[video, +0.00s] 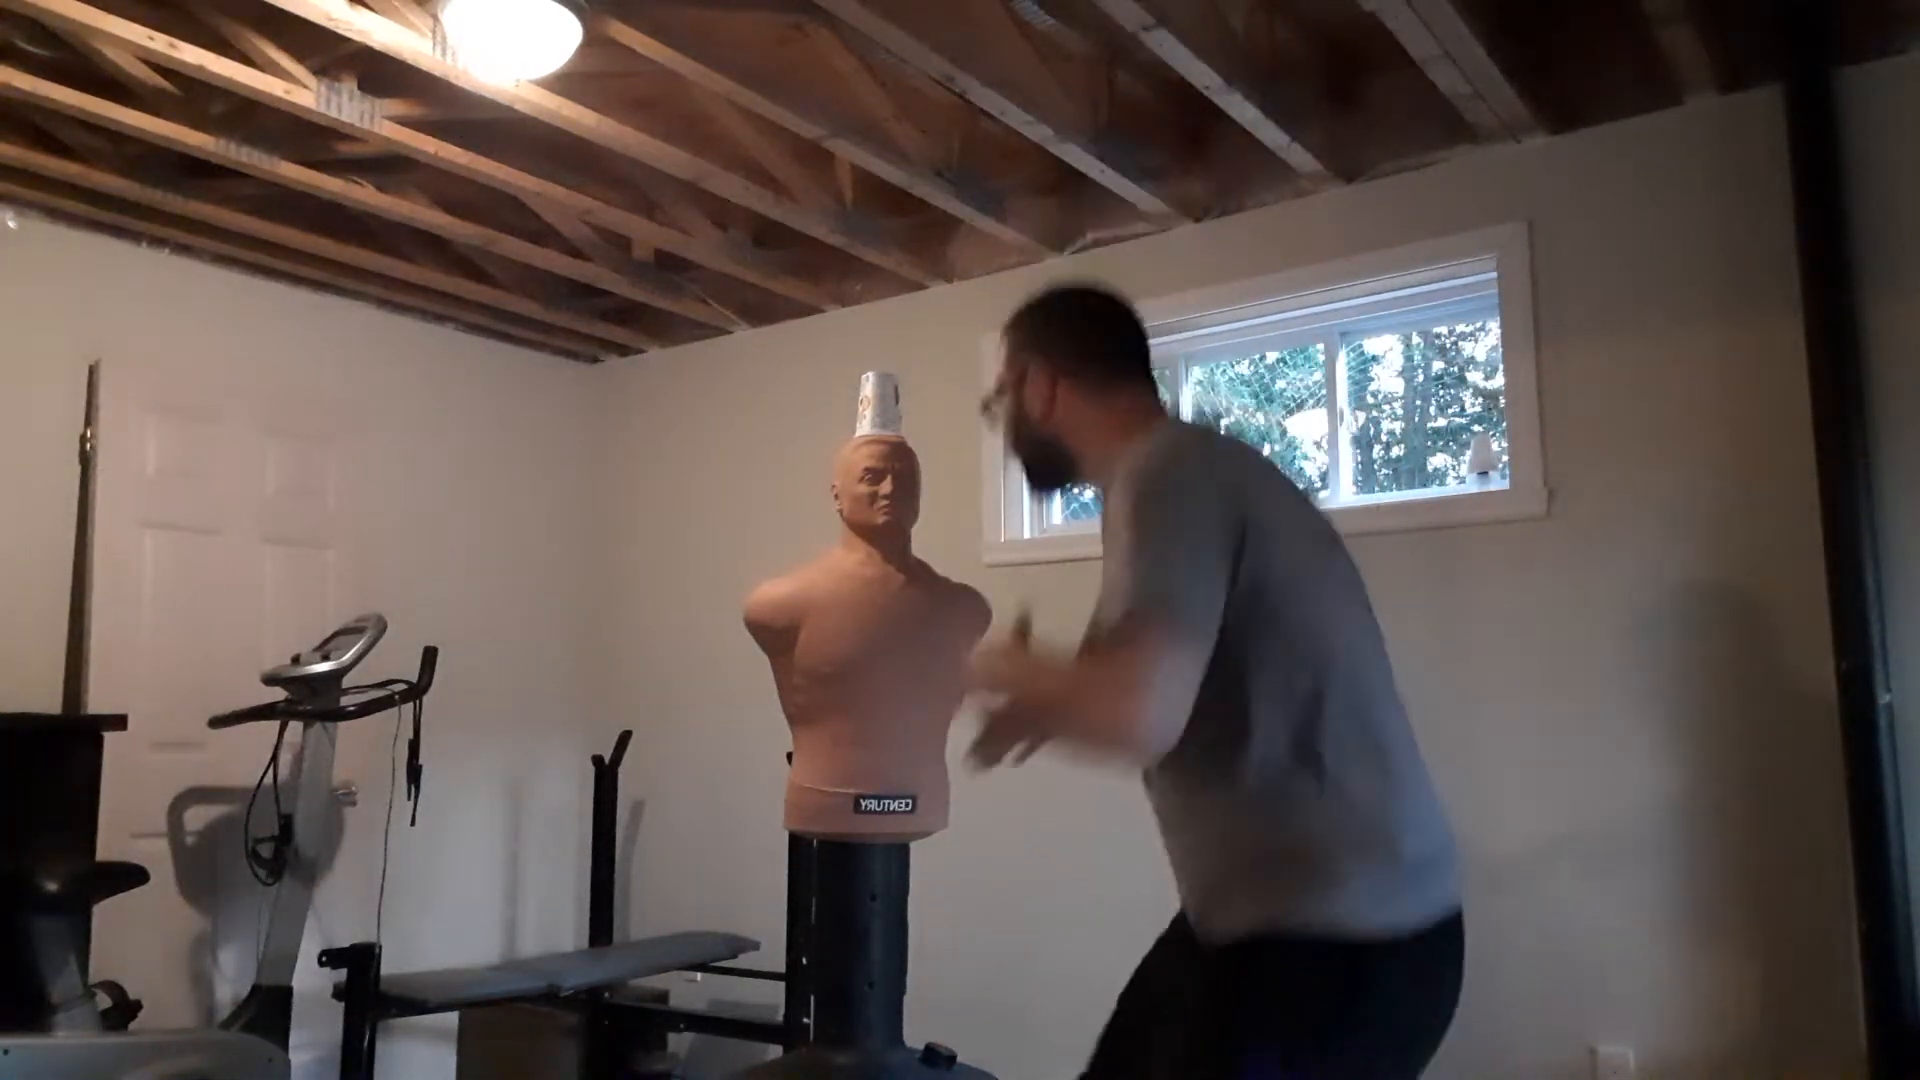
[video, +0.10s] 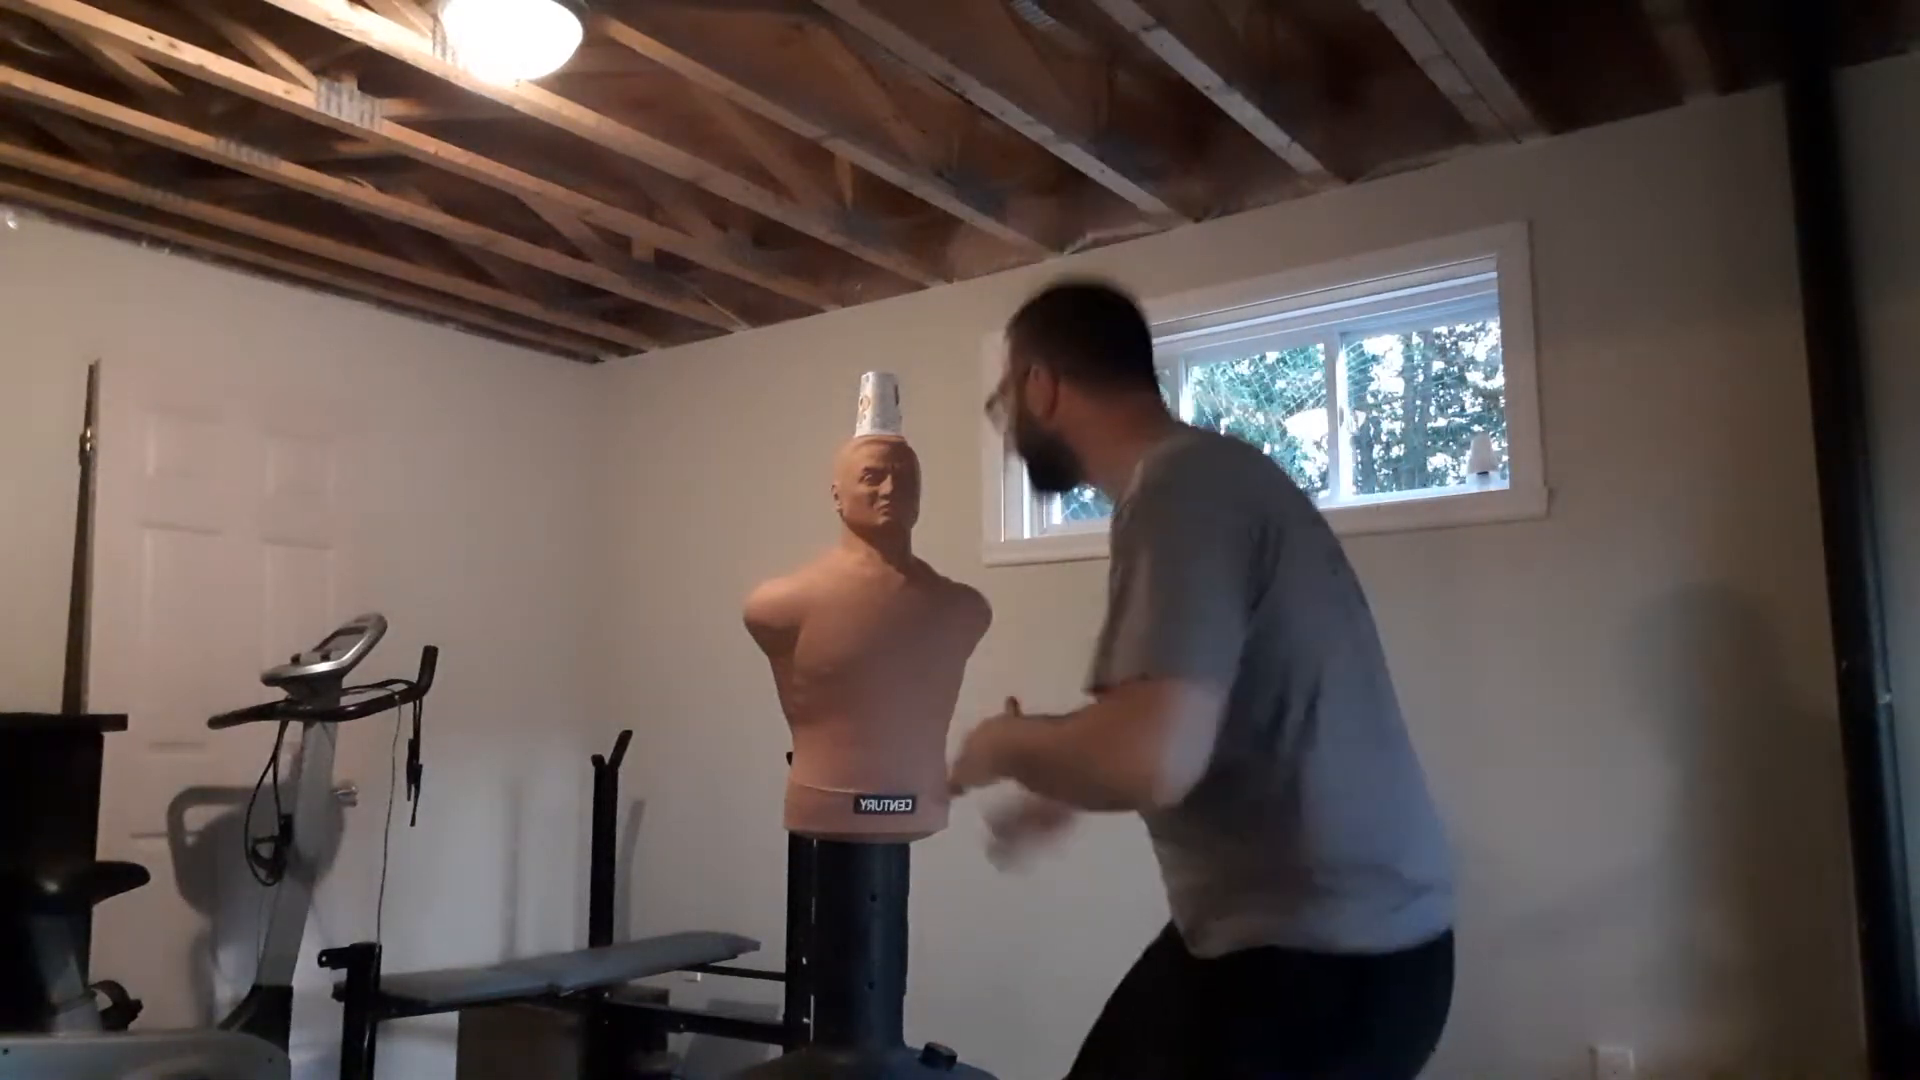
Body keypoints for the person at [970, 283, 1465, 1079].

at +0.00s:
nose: (1000, 421)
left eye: (1004, 393)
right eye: (997, 398)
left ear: (1047, 385)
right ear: (1128, 371)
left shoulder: (1176, 472)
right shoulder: (1187, 472)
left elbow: (1140, 706)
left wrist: (1027, 678)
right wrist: (1055, 704)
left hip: (1322, 942)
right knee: (1120, 1067)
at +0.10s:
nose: (1004, 424)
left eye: (1004, 399)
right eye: (1000, 403)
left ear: (1044, 386)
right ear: (1134, 369)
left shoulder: (1191, 482)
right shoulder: (1191, 485)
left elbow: (1152, 755)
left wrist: (1010, 744)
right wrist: (1067, 790)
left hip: (1313, 961)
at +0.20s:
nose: (1014, 341)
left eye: (1015, 314)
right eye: (1012, 319)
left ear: (1047, 311)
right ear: (1137, 296)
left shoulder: (1207, 418)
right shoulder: (1157, 448)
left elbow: (1223, 680)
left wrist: (1055, 695)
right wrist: (1150, 802)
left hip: (1307, 899)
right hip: (1235, 892)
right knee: (1126, 1066)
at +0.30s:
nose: (1020, 300)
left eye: (1021, 270)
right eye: (1018, 276)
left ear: (1059, 261)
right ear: (1147, 249)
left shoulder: (1205, 366)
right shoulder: (1179, 387)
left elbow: (1213, 613)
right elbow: (1262, 627)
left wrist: (1055, 633)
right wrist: (1160, 773)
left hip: (1289, 857)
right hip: (1237, 853)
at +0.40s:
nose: (1027, 291)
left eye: (1027, 263)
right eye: (1024, 269)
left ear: (1068, 252)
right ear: (1160, 241)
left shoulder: (1198, 367)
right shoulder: (1237, 367)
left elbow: (1166, 625)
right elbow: (1277, 637)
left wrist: (1019, 640)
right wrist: (1158, 778)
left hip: (1271, 857)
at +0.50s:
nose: (1029, 289)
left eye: (1028, 260)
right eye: (1025, 266)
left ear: (1064, 253)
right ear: (1157, 245)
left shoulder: (1204, 378)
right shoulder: (1180, 388)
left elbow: (1180, 640)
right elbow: (1238, 640)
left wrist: (995, 668)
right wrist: (1121, 767)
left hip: (1269, 860)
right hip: (1233, 853)